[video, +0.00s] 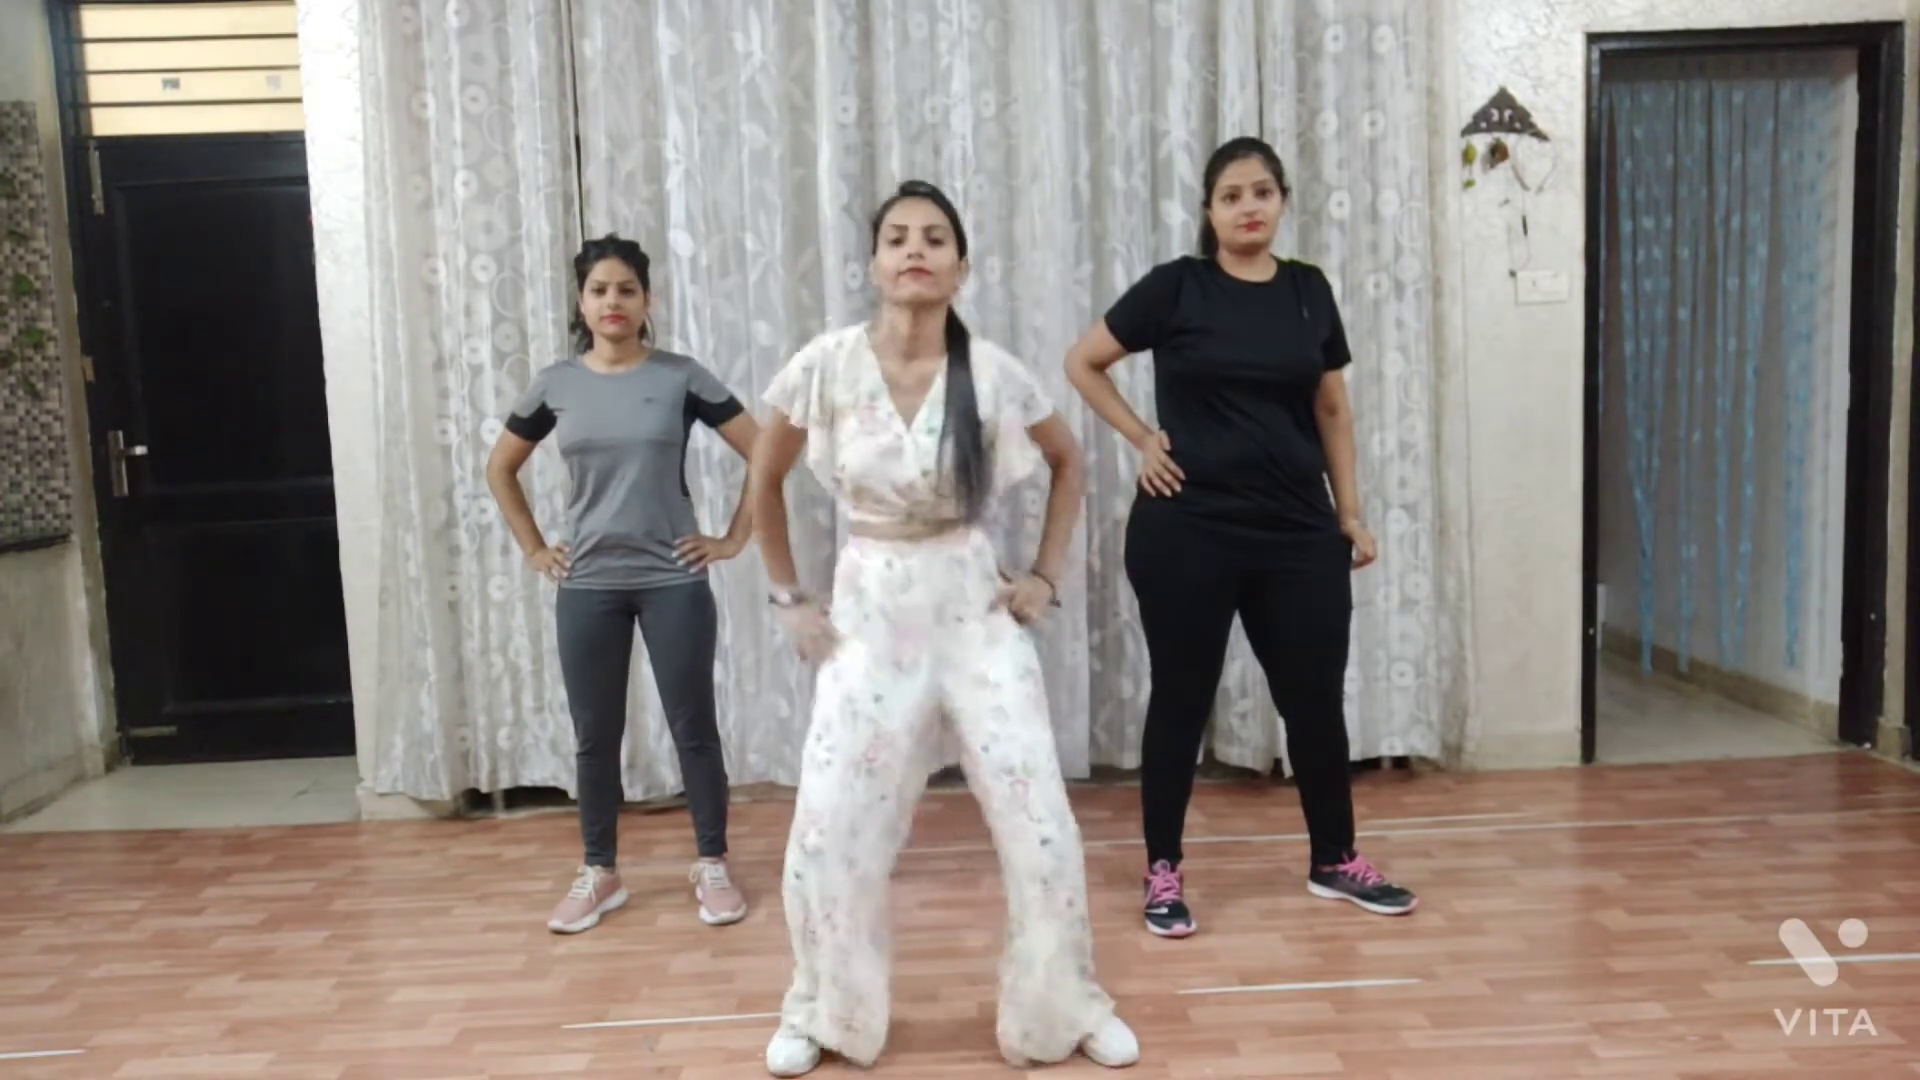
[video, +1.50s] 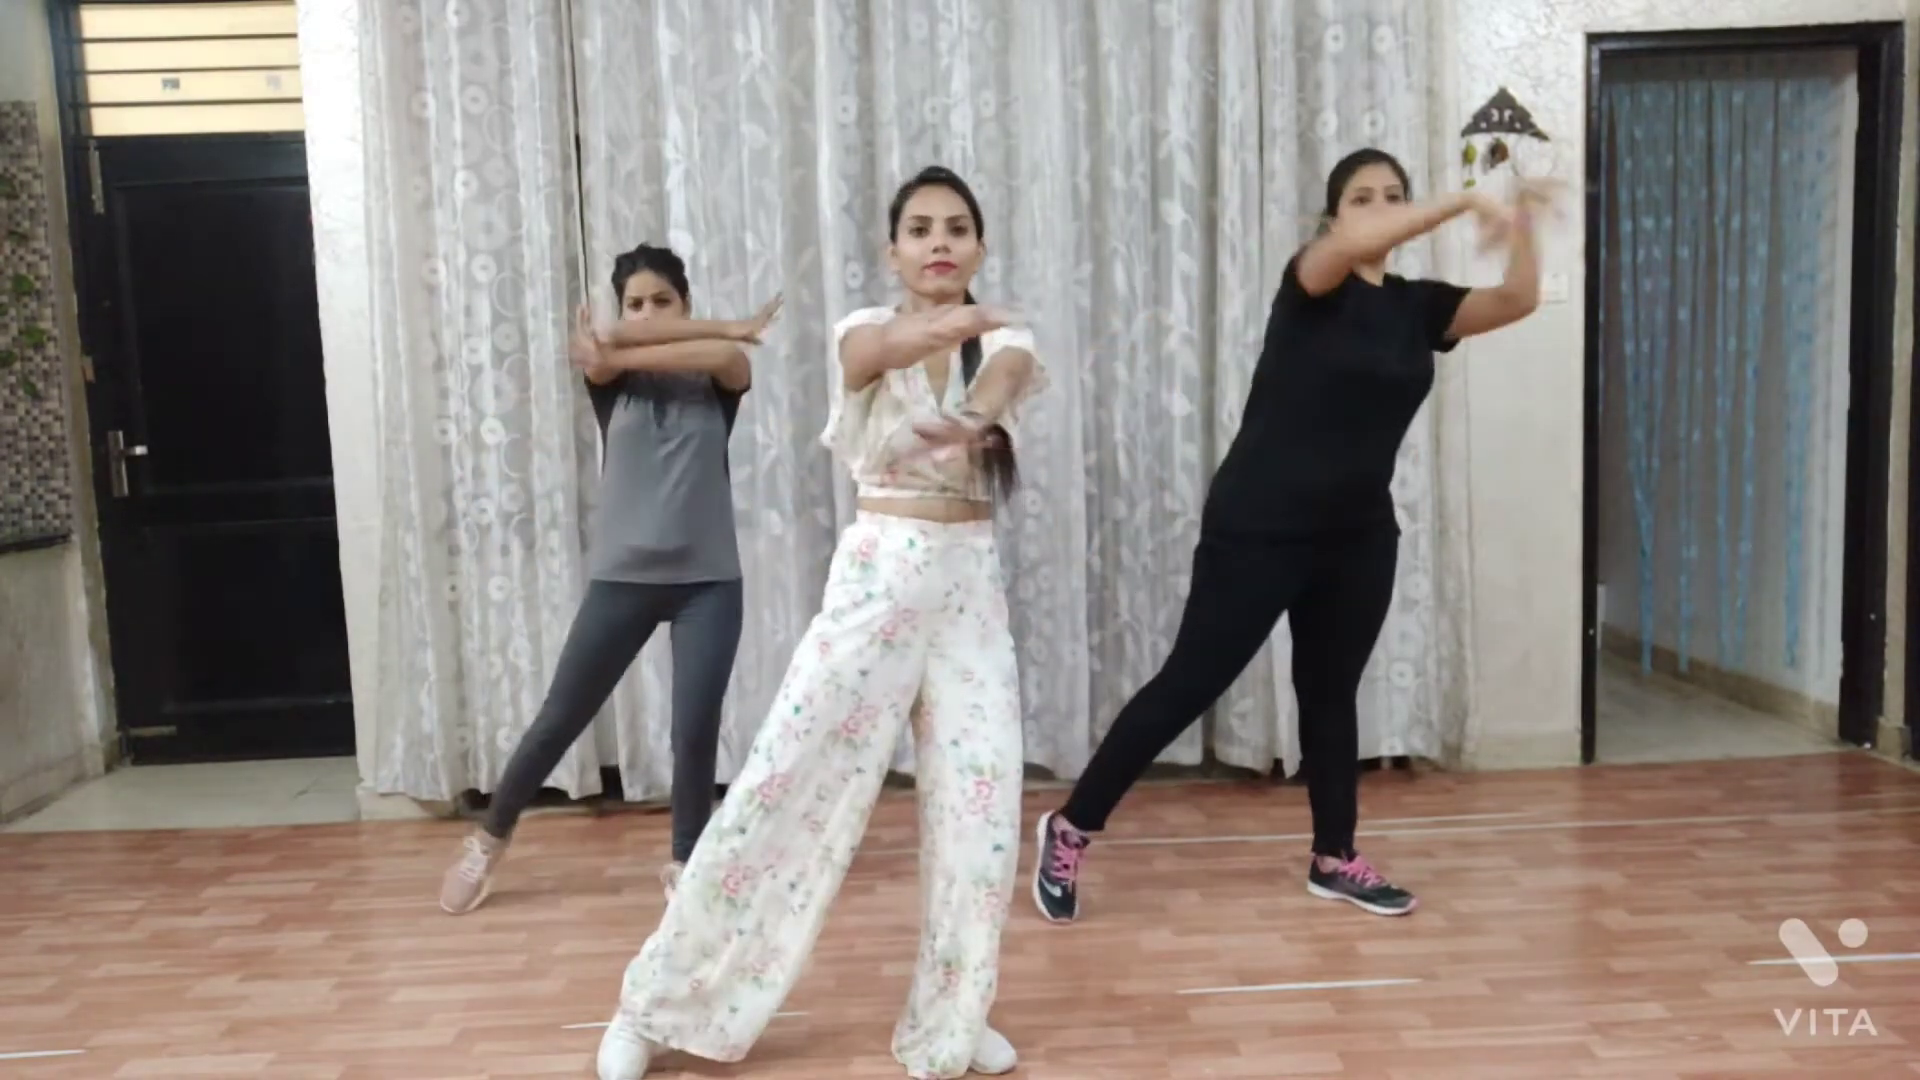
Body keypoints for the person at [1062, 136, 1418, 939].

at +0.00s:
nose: (1249, 207)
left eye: (1262, 193)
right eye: (1233, 195)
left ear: (1283, 203)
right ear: (1209, 208)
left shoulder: (1308, 290)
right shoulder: (1175, 288)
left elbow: (1334, 409)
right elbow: (1082, 363)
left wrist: (1349, 513)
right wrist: (1142, 438)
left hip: (1296, 529)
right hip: (1188, 527)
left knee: (1317, 699)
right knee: (1180, 700)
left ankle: (1336, 861)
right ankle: (1163, 871)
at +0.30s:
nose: (1249, 207)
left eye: (1262, 193)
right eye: (1233, 195)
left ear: (1283, 203)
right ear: (1209, 207)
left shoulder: (1308, 290)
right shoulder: (1175, 288)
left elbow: (1334, 410)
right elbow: (1081, 363)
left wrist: (1349, 513)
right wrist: (1142, 438)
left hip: (1296, 529)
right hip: (1189, 526)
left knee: (1317, 699)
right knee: (1181, 699)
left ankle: (1336, 861)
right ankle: (1163, 871)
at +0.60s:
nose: (1257, 204)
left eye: (1270, 190)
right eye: (1241, 192)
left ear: (1290, 201)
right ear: (1216, 205)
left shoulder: (1315, 290)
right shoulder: (1180, 287)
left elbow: (1337, 409)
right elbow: (1087, 365)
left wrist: (1354, 511)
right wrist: (1143, 438)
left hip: (1303, 529)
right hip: (1193, 526)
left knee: (1324, 700)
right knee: (1180, 701)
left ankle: (1335, 860)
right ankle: (1162, 871)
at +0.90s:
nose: (1309, 195)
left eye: (1321, 182)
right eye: (1291, 186)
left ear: (1342, 195)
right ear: (1268, 204)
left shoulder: (1368, 291)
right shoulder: (1233, 281)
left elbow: (1377, 402)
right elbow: (1139, 355)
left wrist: (1386, 503)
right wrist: (1183, 448)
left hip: (1337, 528)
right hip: (1231, 526)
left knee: (1338, 701)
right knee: (1186, 694)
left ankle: (1337, 861)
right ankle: (1132, 861)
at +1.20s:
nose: (1361, 200)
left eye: (1374, 190)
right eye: (1344, 191)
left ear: (1392, 212)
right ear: (1317, 213)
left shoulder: (1405, 307)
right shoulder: (1284, 278)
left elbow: (1485, 375)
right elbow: (1176, 314)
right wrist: (1152, 404)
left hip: (1358, 528)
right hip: (1256, 520)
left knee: (1336, 692)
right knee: (1195, 689)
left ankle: (1335, 856)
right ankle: (1079, 836)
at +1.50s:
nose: (1379, 209)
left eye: (1393, 200)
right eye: (1363, 199)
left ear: (1413, 217)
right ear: (1333, 221)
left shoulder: (1417, 306)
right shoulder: (1311, 282)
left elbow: (1519, 299)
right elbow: (1349, 243)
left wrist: (1522, 224)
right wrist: (1467, 204)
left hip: (1356, 532)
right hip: (1259, 522)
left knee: (1330, 695)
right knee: (1188, 685)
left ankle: (1334, 857)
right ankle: (1069, 831)